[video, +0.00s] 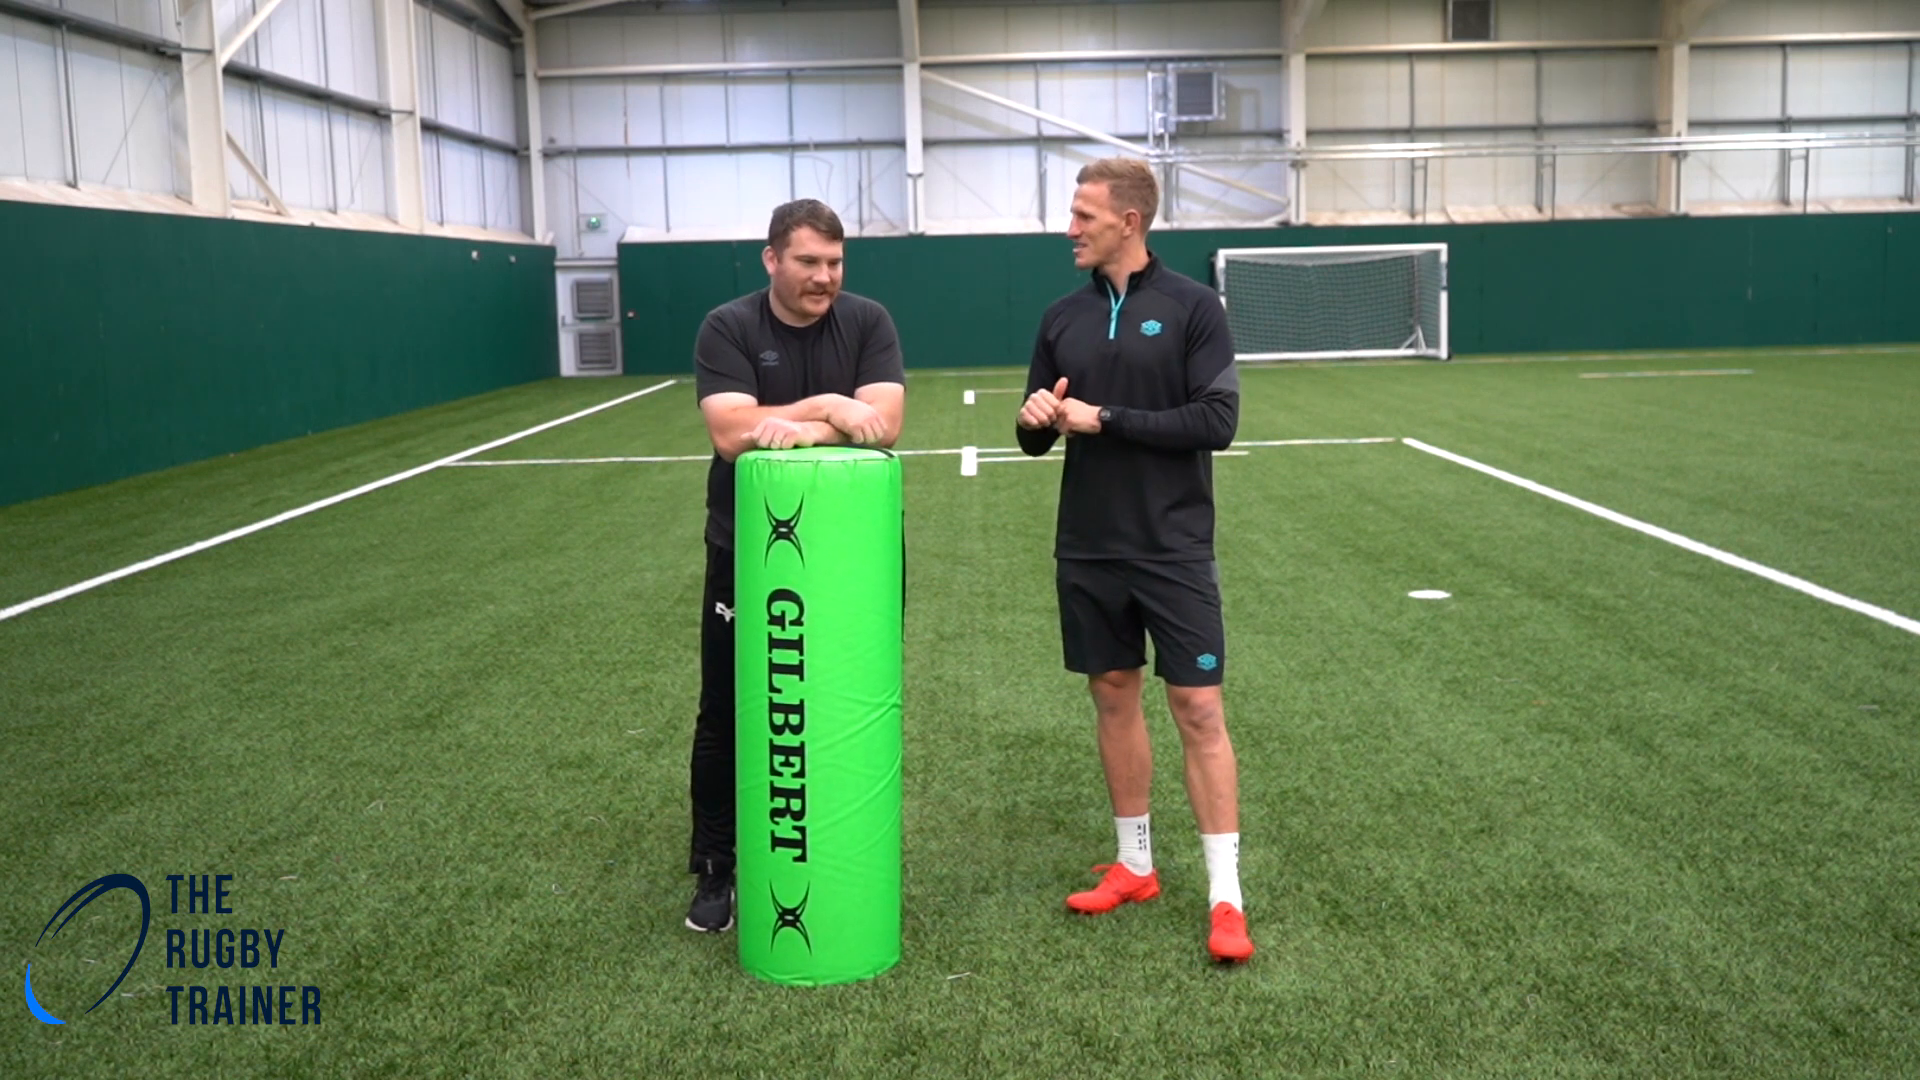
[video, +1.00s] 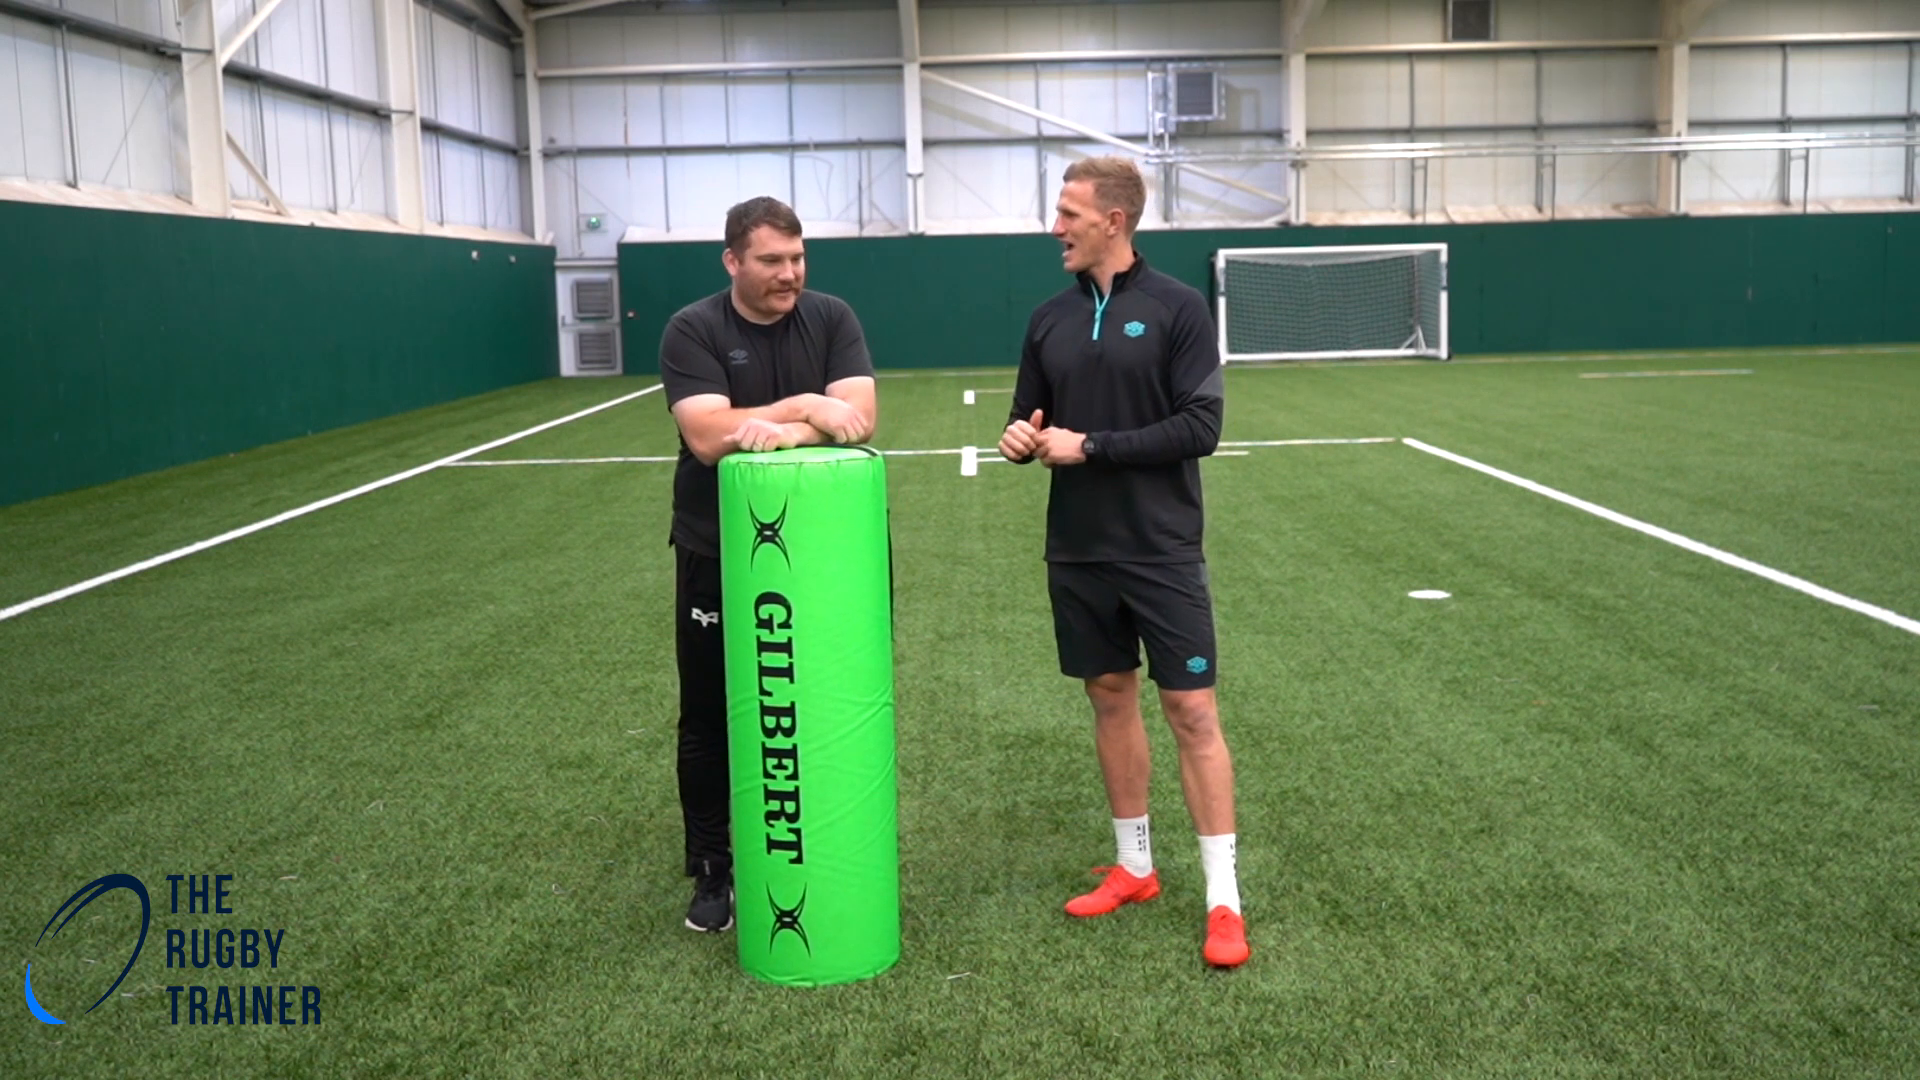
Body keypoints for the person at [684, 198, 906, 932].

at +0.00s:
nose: (823, 276)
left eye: (834, 263)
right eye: (808, 263)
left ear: (845, 264)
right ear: (772, 260)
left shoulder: (867, 322)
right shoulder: (729, 327)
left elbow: (883, 425)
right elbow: (728, 433)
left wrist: (781, 423)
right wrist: (832, 408)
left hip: (840, 554)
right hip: (745, 551)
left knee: (836, 714)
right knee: (728, 712)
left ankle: (832, 877)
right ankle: (716, 870)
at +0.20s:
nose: (819, 274)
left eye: (829, 261)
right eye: (803, 261)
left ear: (841, 263)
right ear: (768, 260)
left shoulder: (863, 321)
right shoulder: (725, 327)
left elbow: (878, 425)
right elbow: (726, 433)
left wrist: (780, 424)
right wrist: (828, 408)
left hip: (838, 554)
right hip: (741, 552)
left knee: (833, 715)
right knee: (725, 714)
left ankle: (829, 877)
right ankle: (716, 871)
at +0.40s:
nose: (812, 273)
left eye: (823, 260)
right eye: (797, 259)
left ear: (833, 261)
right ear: (761, 258)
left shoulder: (856, 320)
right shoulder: (718, 326)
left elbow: (873, 424)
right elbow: (721, 433)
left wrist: (779, 423)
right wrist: (823, 407)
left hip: (831, 554)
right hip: (735, 553)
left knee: (828, 714)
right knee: (721, 714)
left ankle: (827, 875)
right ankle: (715, 871)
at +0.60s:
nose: (804, 274)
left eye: (815, 261)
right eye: (789, 260)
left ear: (825, 262)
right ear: (752, 259)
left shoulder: (848, 320)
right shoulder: (710, 327)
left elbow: (869, 422)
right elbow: (715, 435)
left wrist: (779, 419)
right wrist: (819, 409)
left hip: (826, 553)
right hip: (728, 552)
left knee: (823, 711)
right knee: (716, 714)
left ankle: (824, 871)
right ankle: (714, 871)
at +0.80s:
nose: (797, 270)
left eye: (806, 256)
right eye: (781, 257)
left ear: (815, 257)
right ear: (742, 260)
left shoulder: (840, 319)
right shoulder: (702, 328)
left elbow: (864, 422)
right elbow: (708, 436)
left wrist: (775, 422)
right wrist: (813, 408)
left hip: (821, 553)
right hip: (722, 553)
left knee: (820, 712)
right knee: (714, 715)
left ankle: (824, 871)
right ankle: (715, 873)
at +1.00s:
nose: (788, 273)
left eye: (796, 259)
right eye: (771, 261)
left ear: (805, 256)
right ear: (732, 262)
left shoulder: (831, 317)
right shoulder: (694, 329)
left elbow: (859, 421)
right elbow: (705, 436)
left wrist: (771, 424)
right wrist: (809, 409)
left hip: (814, 552)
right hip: (716, 552)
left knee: (813, 710)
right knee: (710, 714)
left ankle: (818, 867)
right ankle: (714, 871)